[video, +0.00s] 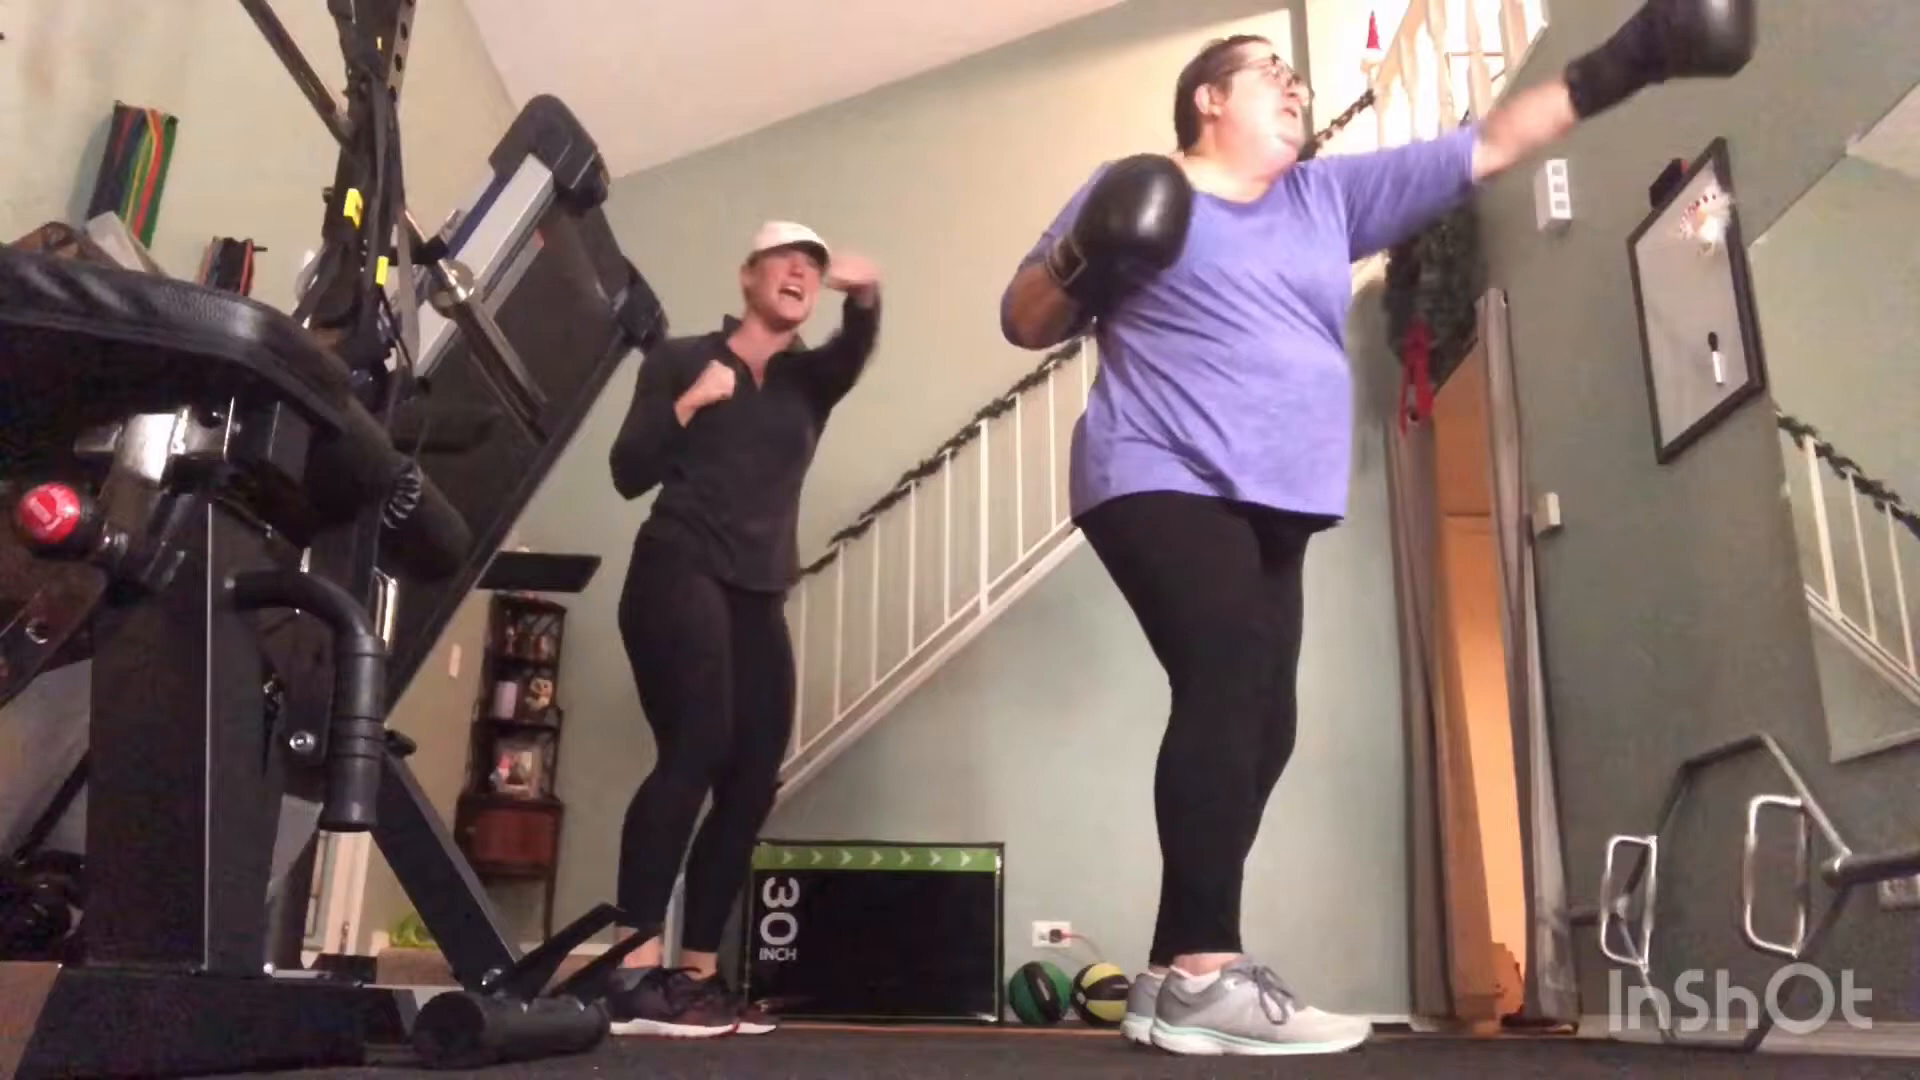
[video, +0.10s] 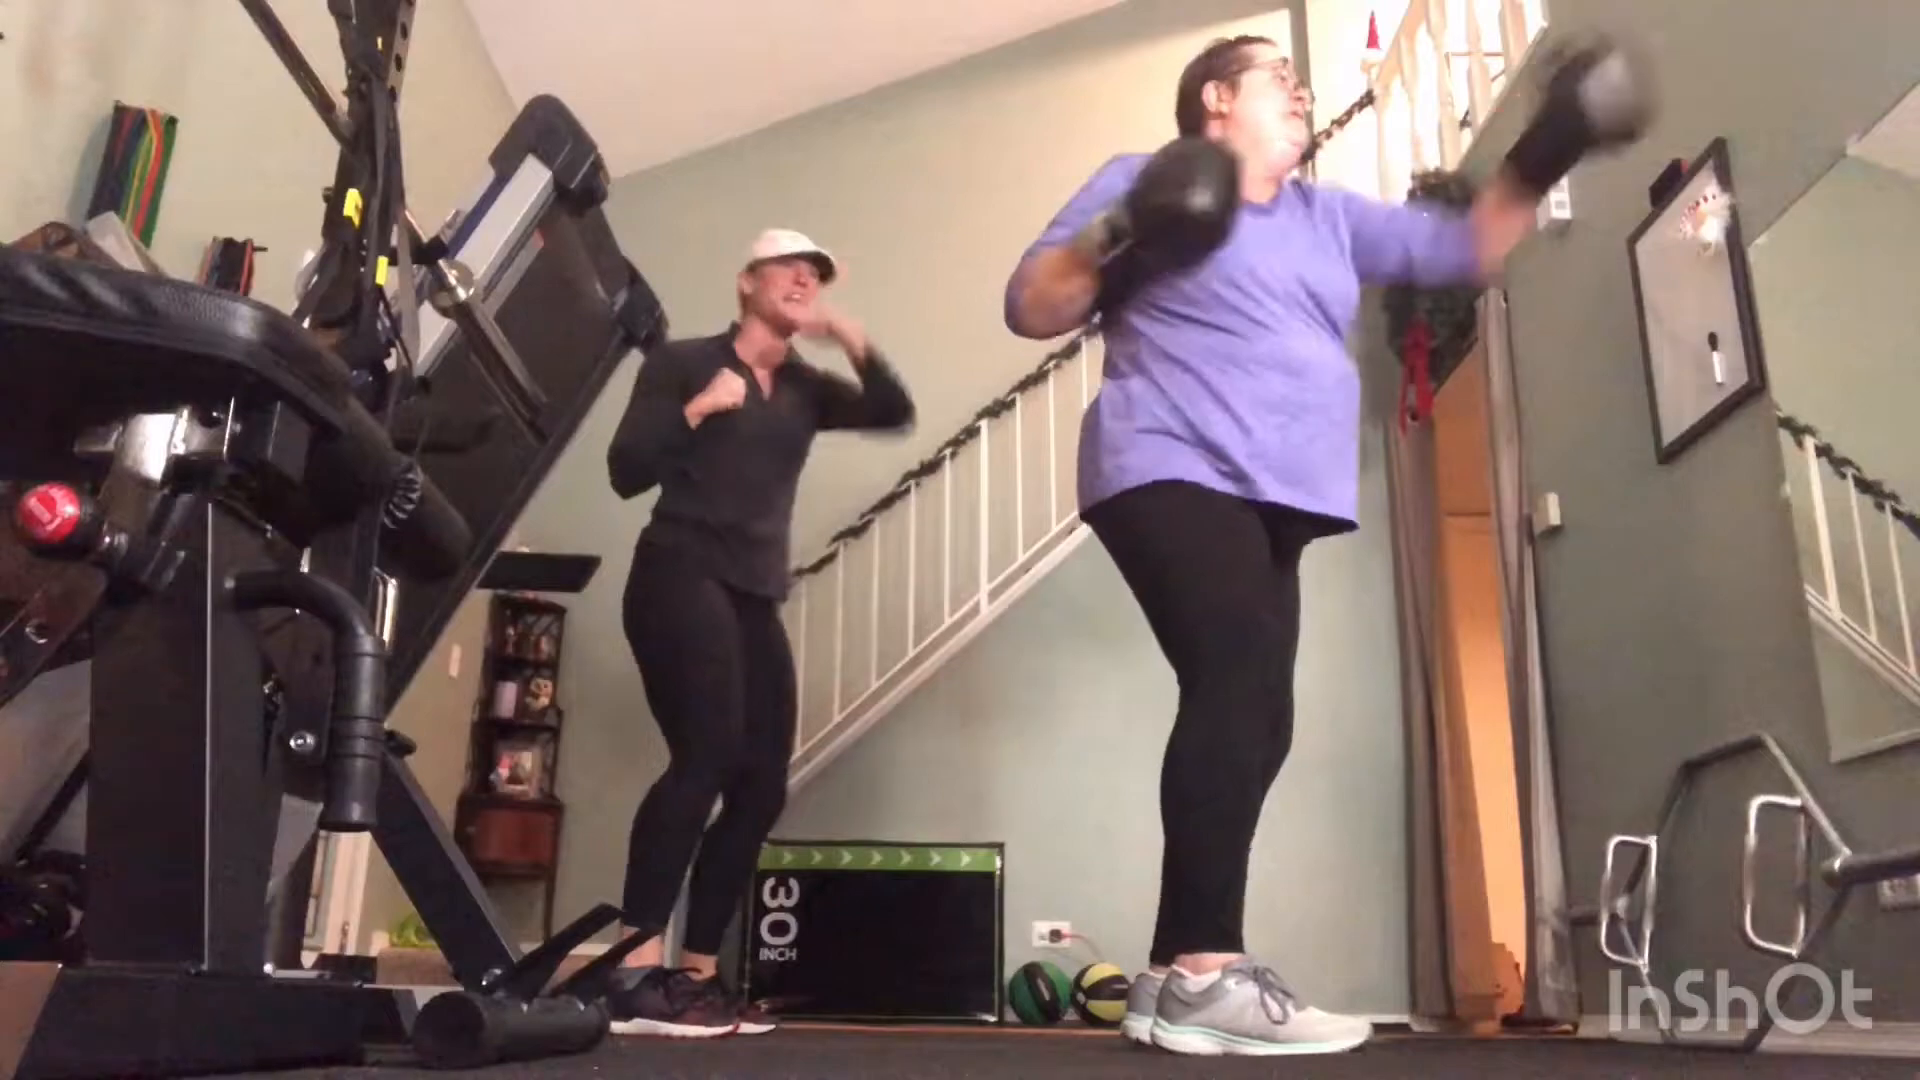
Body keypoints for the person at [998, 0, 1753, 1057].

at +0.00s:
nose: (1300, 97)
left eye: (1298, 87)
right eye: (1275, 81)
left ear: (1292, 122)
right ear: (1207, 105)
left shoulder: (1326, 194)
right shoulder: (1137, 189)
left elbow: (1489, 141)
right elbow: (1023, 323)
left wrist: (1638, 50)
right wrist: (1089, 258)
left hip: (1267, 498)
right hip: (1150, 472)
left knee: (1262, 723)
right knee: (1224, 683)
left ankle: (1179, 974)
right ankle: (1198, 973)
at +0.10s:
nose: (1302, 94)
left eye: (1301, 83)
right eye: (1279, 78)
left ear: (1300, 115)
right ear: (1214, 101)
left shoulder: (1329, 215)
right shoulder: (1140, 182)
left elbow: (1467, 246)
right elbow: (1029, 310)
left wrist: (1547, 149)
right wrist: (1129, 244)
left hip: (1266, 499)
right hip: (1162, 468)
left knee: (1258, 729)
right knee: (1232, 686)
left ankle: (1189, 978)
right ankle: (1198, 971)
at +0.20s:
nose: (1316, 146)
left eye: (1316, 132)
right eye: (1307, 129)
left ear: (1235, 120)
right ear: (1259, 118)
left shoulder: (1249, 196)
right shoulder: (1218, 163)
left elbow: (1298, 305)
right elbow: (1229, 260)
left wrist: (1373, 246)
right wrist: (1334, 209)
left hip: (1190, 475)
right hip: (1211, 467)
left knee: (1230, 721)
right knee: (1255, 701)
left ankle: (1182, 976)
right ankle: (1205, 970)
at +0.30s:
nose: (1297, 167)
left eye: (1289, 155)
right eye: (1291, 156)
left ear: (1194, 168)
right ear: (1278, 160)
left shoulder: (1131, 226)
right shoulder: (1321, 222)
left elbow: (1025, 290)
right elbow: (1422, 315)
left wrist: (1070, 365)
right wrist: (1457, 315)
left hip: (1120, 498)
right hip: (1257, 483)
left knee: (1182, 727)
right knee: (1259, 716)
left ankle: (1165, 980)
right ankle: (1210, 966)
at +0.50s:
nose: (1330, 105)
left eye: (1326, 93)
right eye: (1305, 88)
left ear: (1276, 117)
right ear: (1235, 105)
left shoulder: (1350, 210)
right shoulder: (1160, 180)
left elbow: (1508, 192)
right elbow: (1031, 299)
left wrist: (1625, 95)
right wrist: (1124, 254)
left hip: (1277, 501)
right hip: (1167, 467)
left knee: (1247, 717)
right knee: (1241, 695)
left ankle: (1184, 974)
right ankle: (1201, 972)